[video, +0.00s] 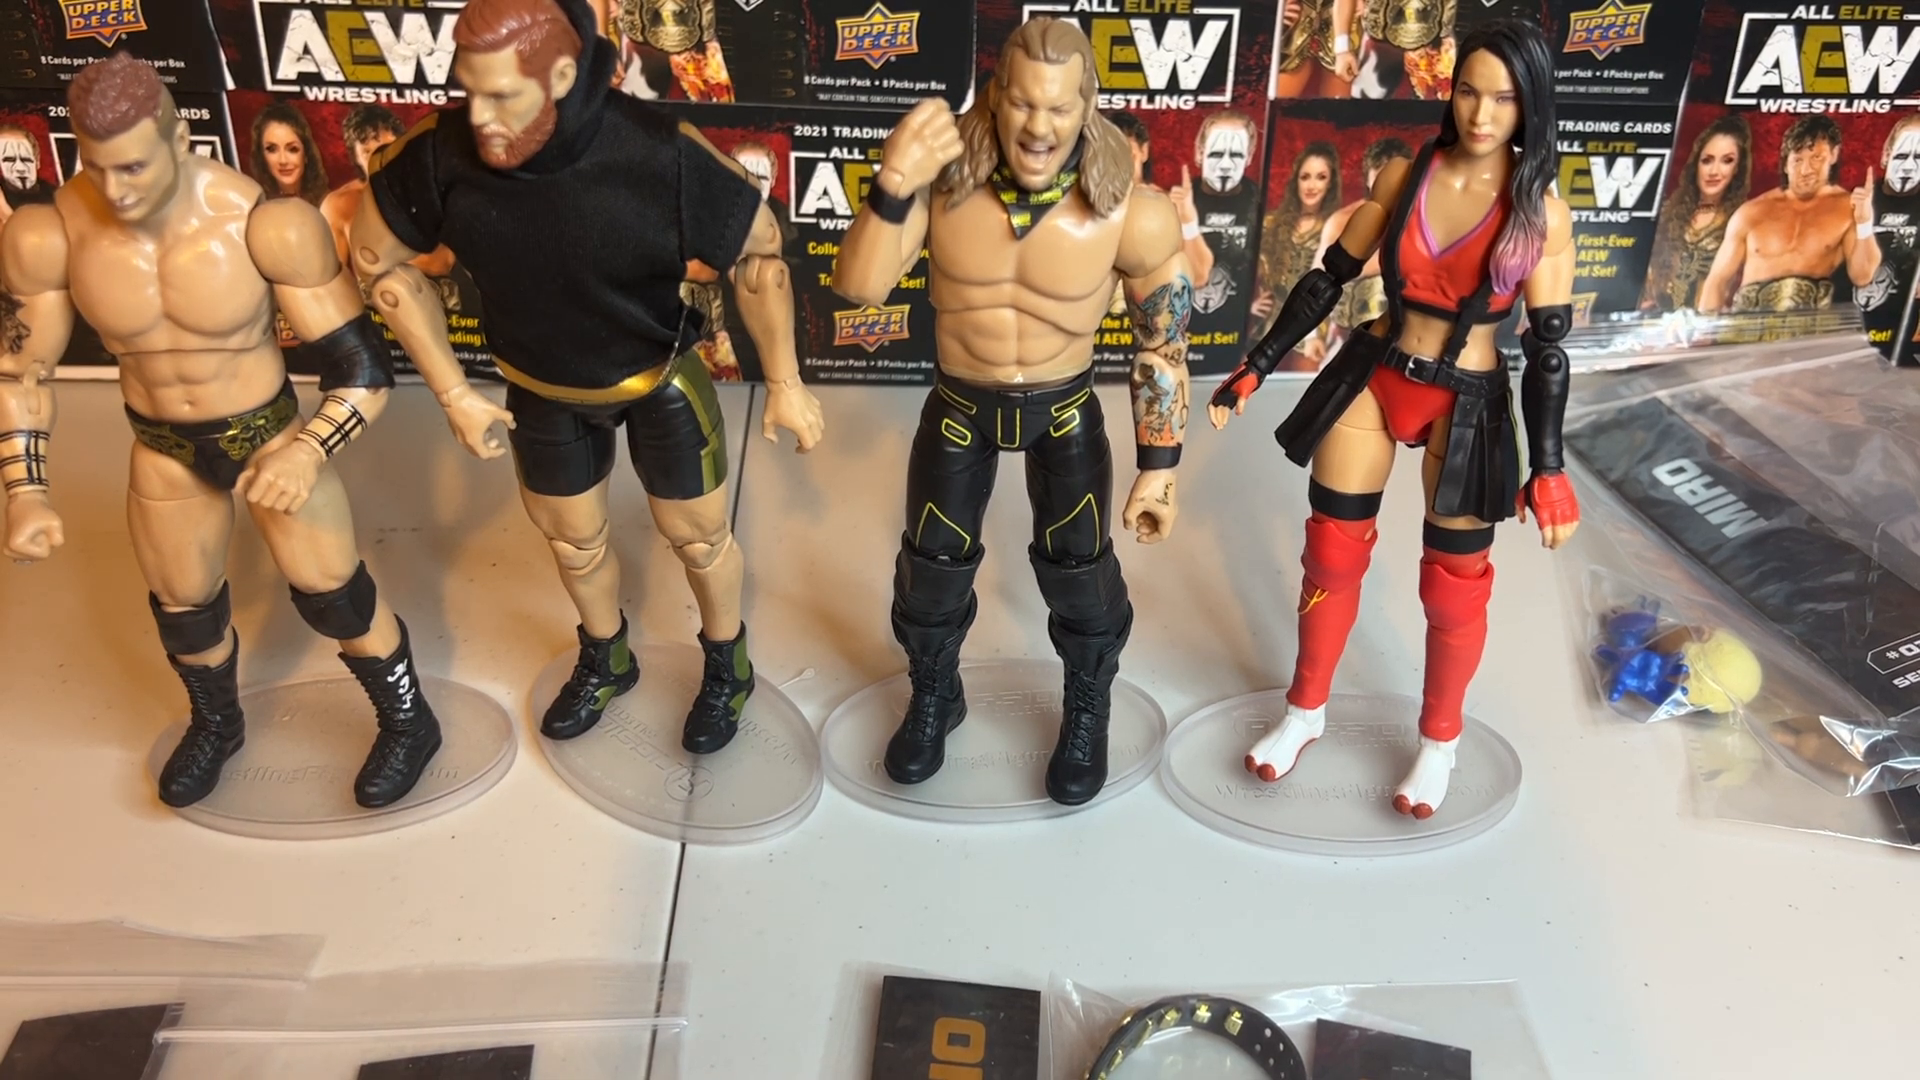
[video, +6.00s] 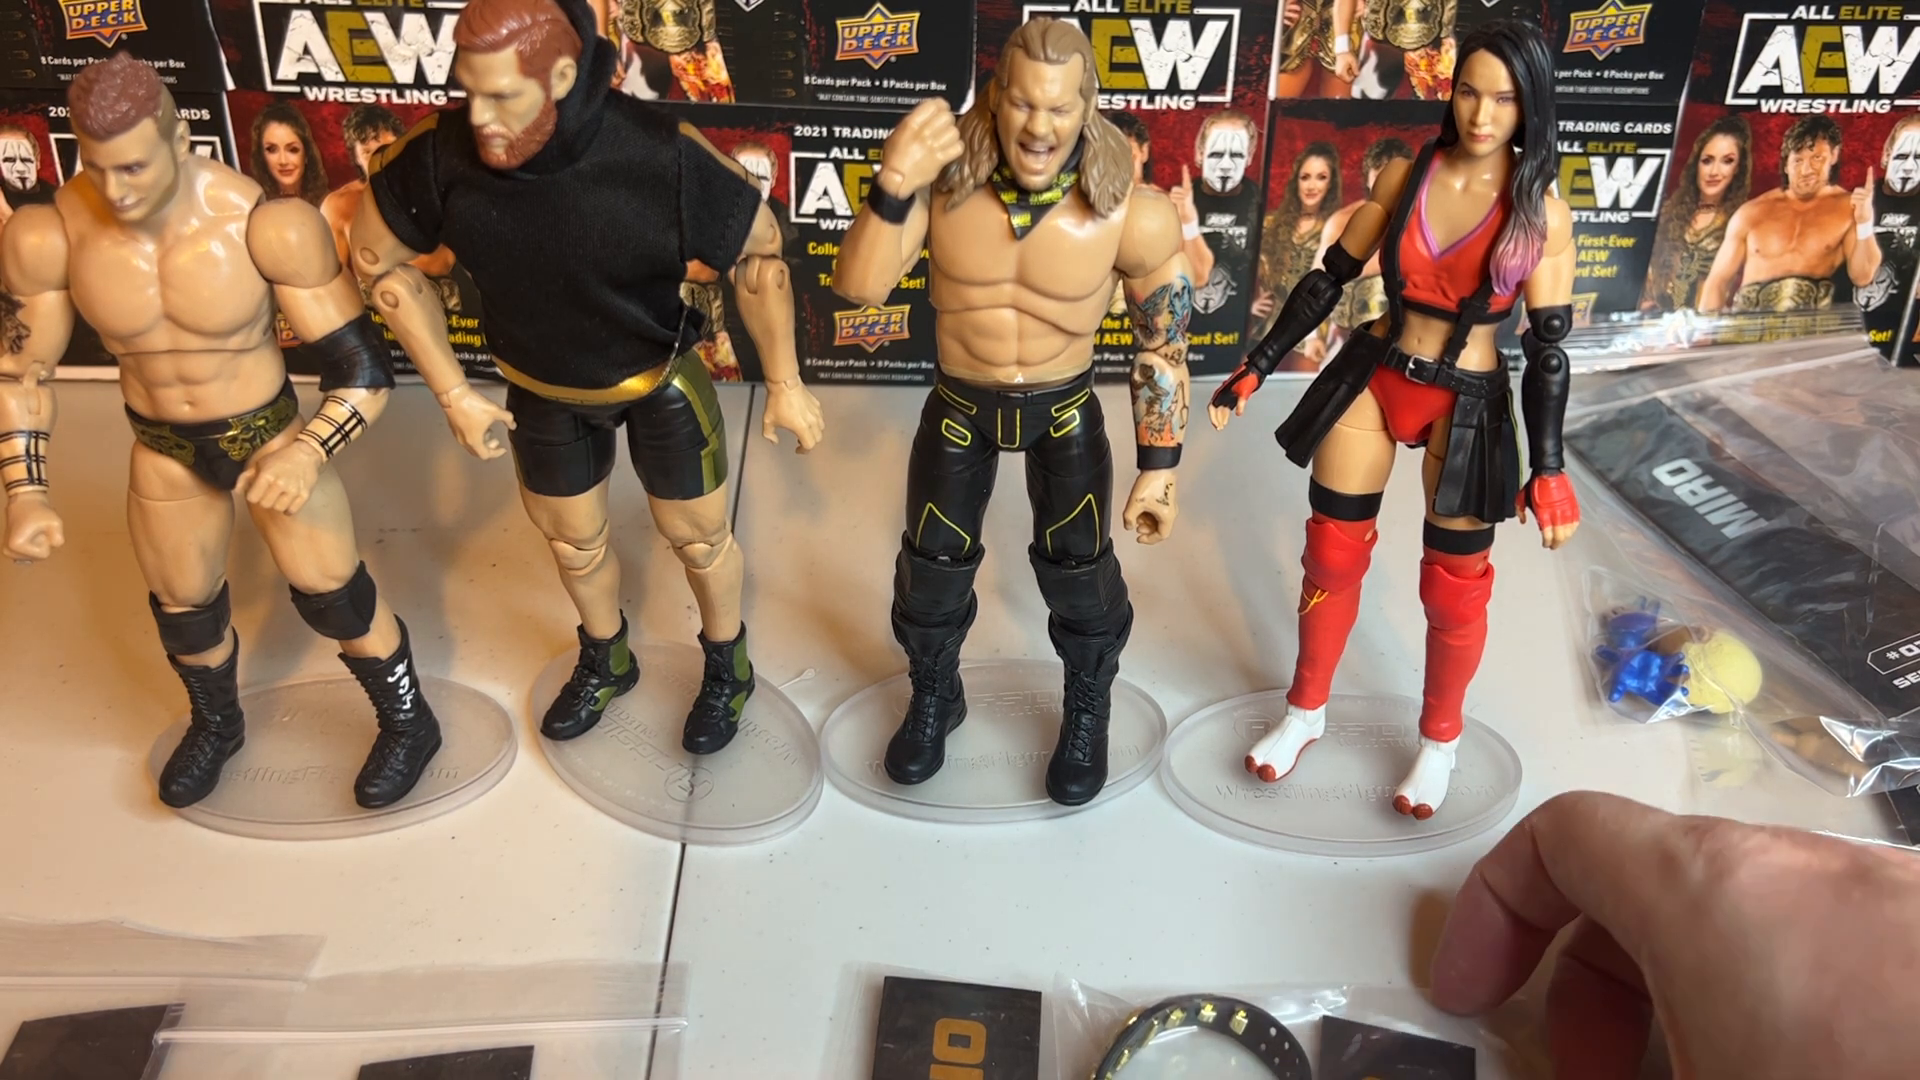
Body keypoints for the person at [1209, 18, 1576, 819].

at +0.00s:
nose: (1479, 113)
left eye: (1501, 99)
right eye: (1469, 93)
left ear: (1528, 108)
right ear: (1450, 93)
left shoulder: (1540, 209)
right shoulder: (1406, 174)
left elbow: (1549, 344)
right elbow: (1333, 273)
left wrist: (1549, 464)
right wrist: (1256, 363)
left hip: (1466, 405)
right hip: (1371, 383)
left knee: (1454, 590)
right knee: (1331, 559)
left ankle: (1438, 742)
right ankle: (1304, 710)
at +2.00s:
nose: (1480, 113)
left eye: (1501, 99)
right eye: (1469, 94)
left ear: (1528, 108)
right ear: (1451, 94)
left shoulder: (1540, 209)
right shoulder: (1406, 175)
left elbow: (1548, 345)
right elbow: (1332, 274)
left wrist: (1549, 466)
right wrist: (1256, 364)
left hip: (1467, 404)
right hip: (1372, 382)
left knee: (1454, 591)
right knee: (1331, 559)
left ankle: (1438, 741)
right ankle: (1304, 710)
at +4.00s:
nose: (1480, 113)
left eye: (1501, 99)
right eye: (1469, 94)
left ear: (1529, 108)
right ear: (1451, 94)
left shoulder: (1540, 208)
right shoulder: (1406, 174)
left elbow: (1549, 345)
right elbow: (1333, 274)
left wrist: (1549, 466)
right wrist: (1256, 364)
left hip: (1467, 404)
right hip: (1372, 382)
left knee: (1454, 591)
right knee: (1331, 560)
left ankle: (1438, 742)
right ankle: (1304, 710)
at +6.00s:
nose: (1480, 114)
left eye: (1501, 99)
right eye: (1469, 94)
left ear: (1529, 108)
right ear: (1450, 94)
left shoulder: (1540, 207)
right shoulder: (1406, 175)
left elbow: (1549, 344)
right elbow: (1332, 274)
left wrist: (1549, 466)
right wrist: (1257, 364)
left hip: (1466, 404)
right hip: (1371, 383)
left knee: (1454, 592)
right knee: (1331, 561)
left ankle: (1438, 741)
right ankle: (1304, 710)